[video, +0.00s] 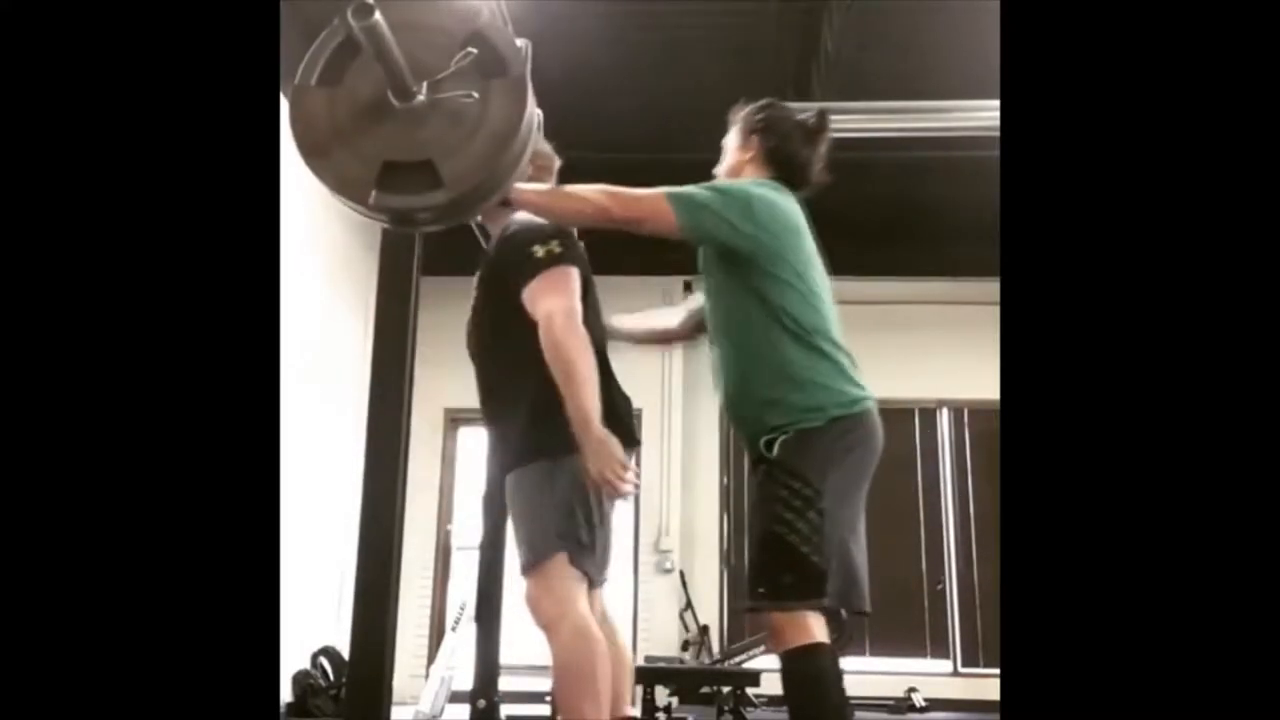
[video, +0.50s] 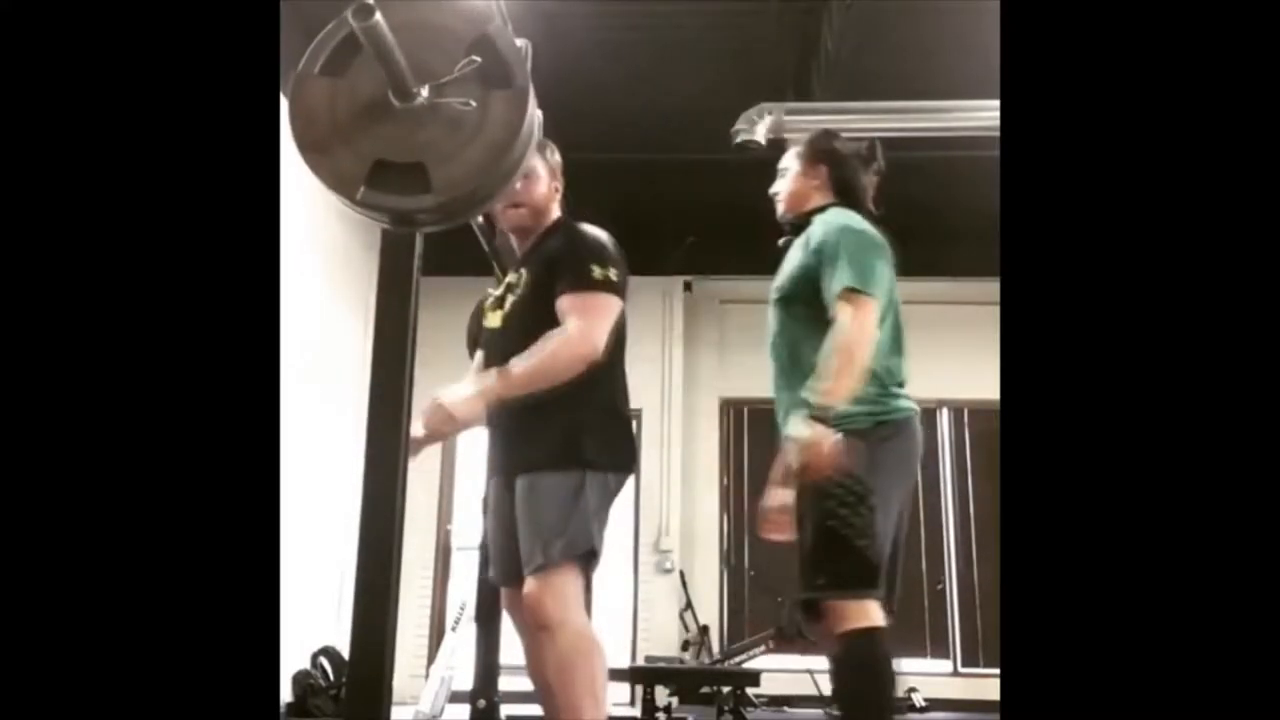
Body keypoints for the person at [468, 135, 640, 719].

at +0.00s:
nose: (486, 179)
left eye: (497, 163)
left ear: (509, 176)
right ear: (542, 171)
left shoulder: (533, 235)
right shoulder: (520, 244)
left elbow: (561, 319)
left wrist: (590, 432)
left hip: (551, 451)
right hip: (558, 450)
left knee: (555, 599)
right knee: (586, 605)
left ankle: (588, 713)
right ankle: (619, 711)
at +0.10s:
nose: (486, 197)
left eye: (500, 177)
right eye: (483, 180)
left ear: (535, 169)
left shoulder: (545, 235)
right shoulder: (520, 248)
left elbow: (558, 319)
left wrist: (561, 442)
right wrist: (512, 463)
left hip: (571, 436)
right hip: (546, 439)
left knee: (559, 596)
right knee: (558, 599)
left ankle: (592, 713)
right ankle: (583, 710)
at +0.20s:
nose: (491, 187)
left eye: (505, 171)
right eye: (487, 173)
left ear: (538, 171)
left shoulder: (552, 229)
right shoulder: (512, 252)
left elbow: (560, 312)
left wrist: (513, 420)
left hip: (578, 433)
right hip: (530, 435)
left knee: (562, 595)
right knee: (508, 590)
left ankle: (596, 714)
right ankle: (576, 707)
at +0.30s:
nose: (490, 187)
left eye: (506, 169)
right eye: (485, 174)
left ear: (542, 174)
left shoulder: (559, 227)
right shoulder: (515, 262)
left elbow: (567, 311)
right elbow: (515, 380)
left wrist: (476, 400)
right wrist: (455, 444)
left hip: (573, 443)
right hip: (521, 450)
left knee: (561, 596)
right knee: (510, 599)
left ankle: (595, 715)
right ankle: (561, 713)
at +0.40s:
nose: (510, 200)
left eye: (520, 184)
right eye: (497, 191)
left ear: (551, 173)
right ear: (483, 201)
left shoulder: (574, 238)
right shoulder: (506, 285)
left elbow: (575, 326)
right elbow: (500, 392)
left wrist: (472, 386)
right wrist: (429, 438)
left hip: (569, 451)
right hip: (516, 456)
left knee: (554, 603)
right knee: (520, 604)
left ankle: (590, 716)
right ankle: (564, 716)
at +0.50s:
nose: (514, 193)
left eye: (525, 178)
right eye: (502, 183)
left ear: (555, 180)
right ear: (487, 200)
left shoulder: (583, 243)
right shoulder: (502, 290)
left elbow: (585, 338)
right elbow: (485, 384)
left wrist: (486, 392)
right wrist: (422, 431)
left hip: (570, 454)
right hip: (515, 458)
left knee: (552, 599)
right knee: (522, 604)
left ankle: (588, 715)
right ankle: (565, 716)